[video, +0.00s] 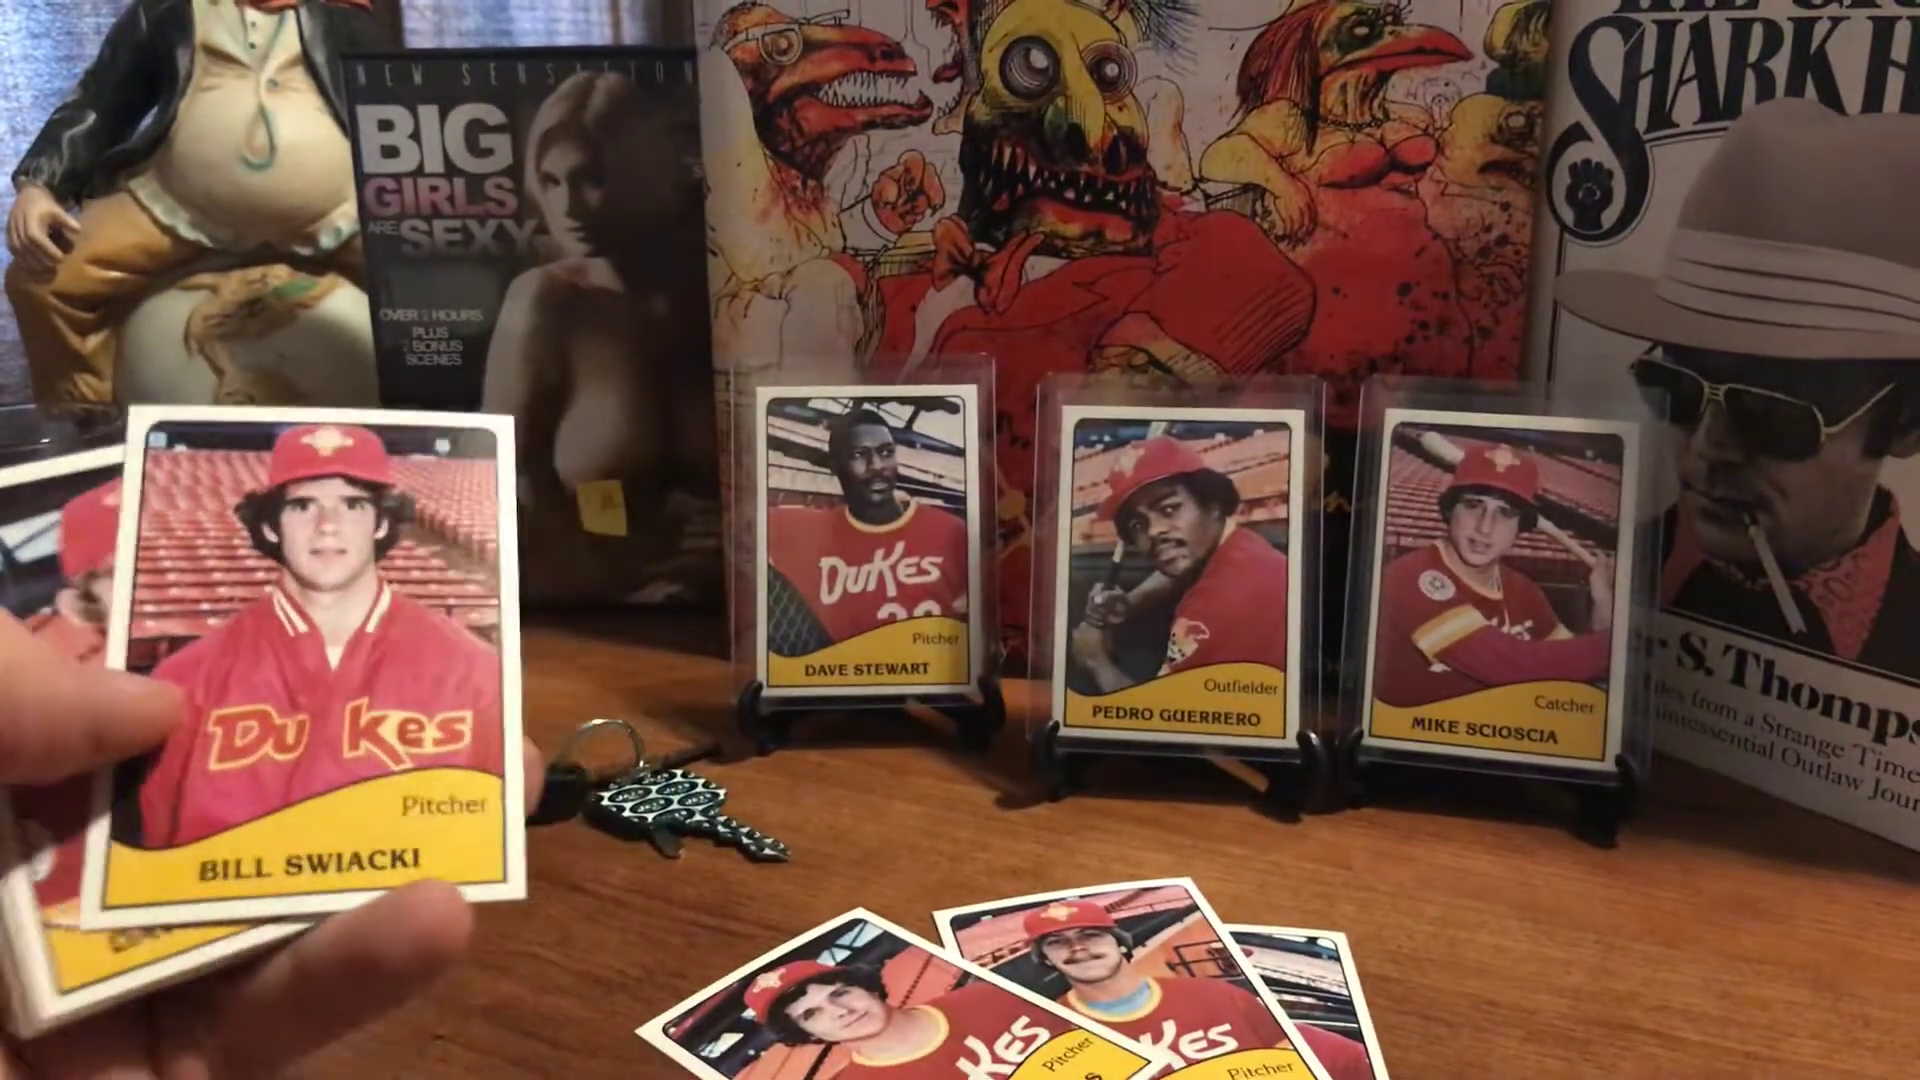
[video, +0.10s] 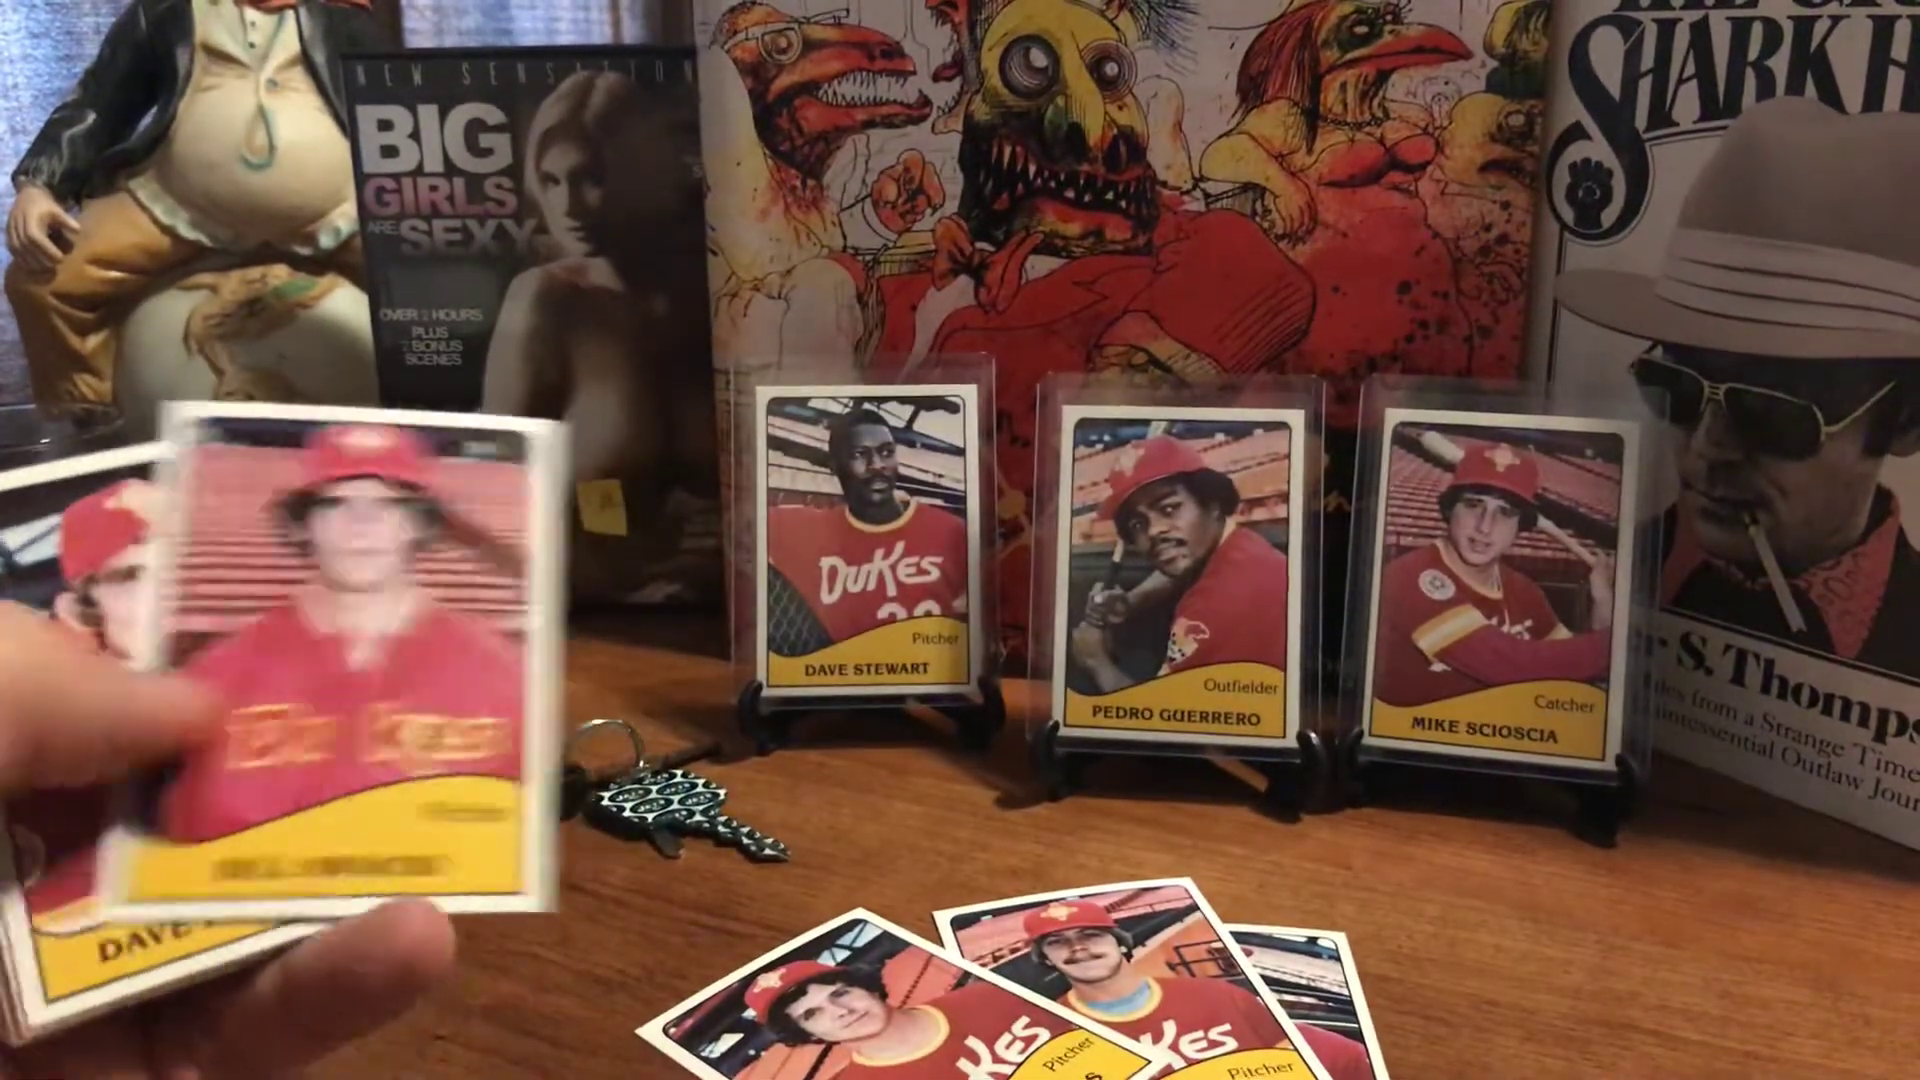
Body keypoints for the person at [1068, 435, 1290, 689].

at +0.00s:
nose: (1156, 531)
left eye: (1169, 509)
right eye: (1139, 524)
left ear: (1212, 505)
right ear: (1134, 540)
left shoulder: (1212, 606)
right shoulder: (1247, 545)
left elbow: (1161, 718)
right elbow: (1184, 566)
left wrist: (1098, 662)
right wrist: (1132, 603)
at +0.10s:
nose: (1156, 530)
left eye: (1169, 509)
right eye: (1139, 523)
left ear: (1212, 505)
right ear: (1133, 540)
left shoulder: (1211, 607)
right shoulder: (1248, 545)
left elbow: (1161, 718)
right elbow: (1184, 565)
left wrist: (1098, 662)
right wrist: (1132, 602)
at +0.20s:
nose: (1155, 530)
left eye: (1169, 508)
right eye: (1139, 523)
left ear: (1212, 504)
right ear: (1133, 539)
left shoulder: (1211, 607)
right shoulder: (1247, 544)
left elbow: (1162, 720)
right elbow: (1183, 566)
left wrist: (1098, 662)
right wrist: (1132, 602)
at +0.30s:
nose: (1155, 531)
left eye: (1169, 509)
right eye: (1139, 524)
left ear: (1212, 506)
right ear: (1133, 540)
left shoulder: (1210, 608)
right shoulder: (1248, 546)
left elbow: (1161, 721)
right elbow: (1185, 566)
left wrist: (1098, 662)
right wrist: (1132, 602)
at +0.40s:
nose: (1155, 530)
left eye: (1169, 508)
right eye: (1139, 523)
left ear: (1212, 504)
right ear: (1133, 539)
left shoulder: (1210, 606)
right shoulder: (1248, 545)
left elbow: (1160, 719)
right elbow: (1185, 565)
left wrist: (1097, 661)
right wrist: (1132, 602)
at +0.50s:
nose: (1155, 530)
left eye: (1169, 508)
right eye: (1139, 523)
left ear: (1212, 504)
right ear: (1133, 539)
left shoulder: (1209, 607)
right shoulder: (1247, 545)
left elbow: (1161, 719)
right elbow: (1183, 566)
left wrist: (1097, 661)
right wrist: (1131, 601)